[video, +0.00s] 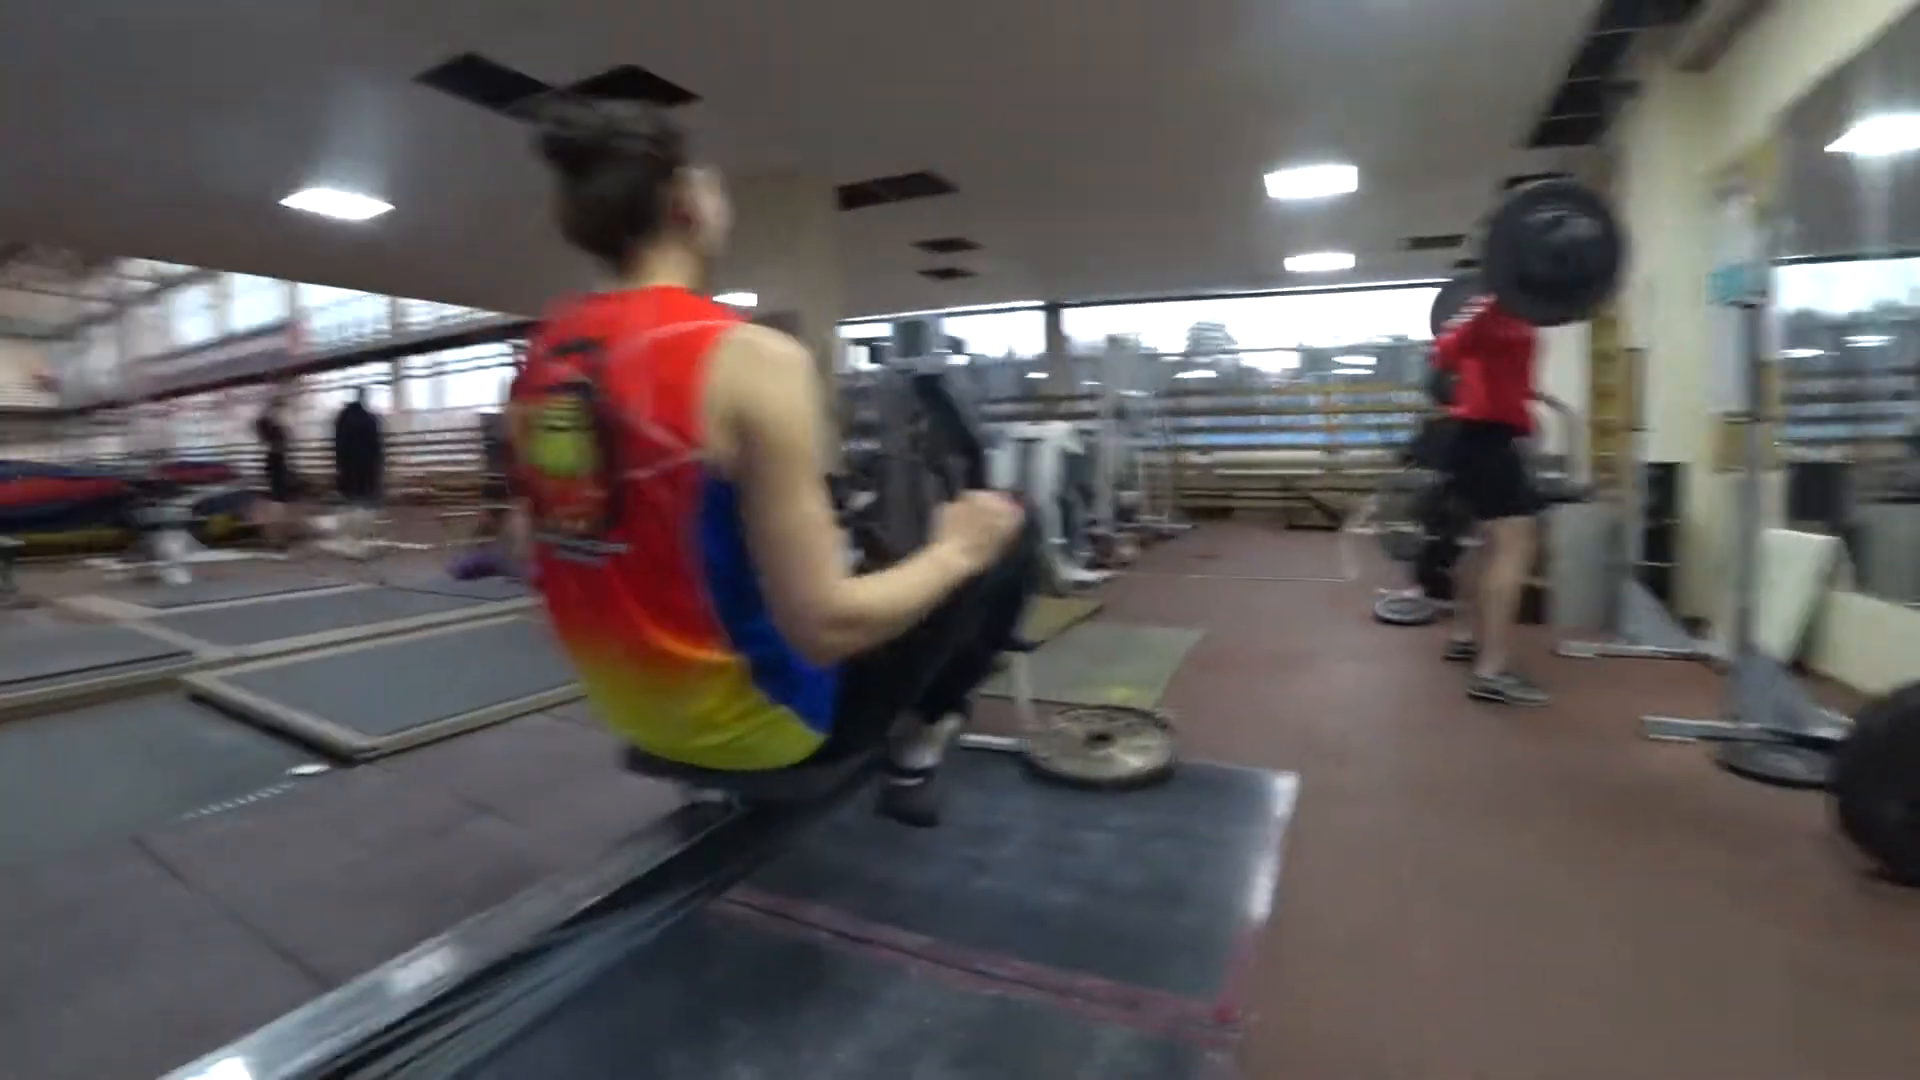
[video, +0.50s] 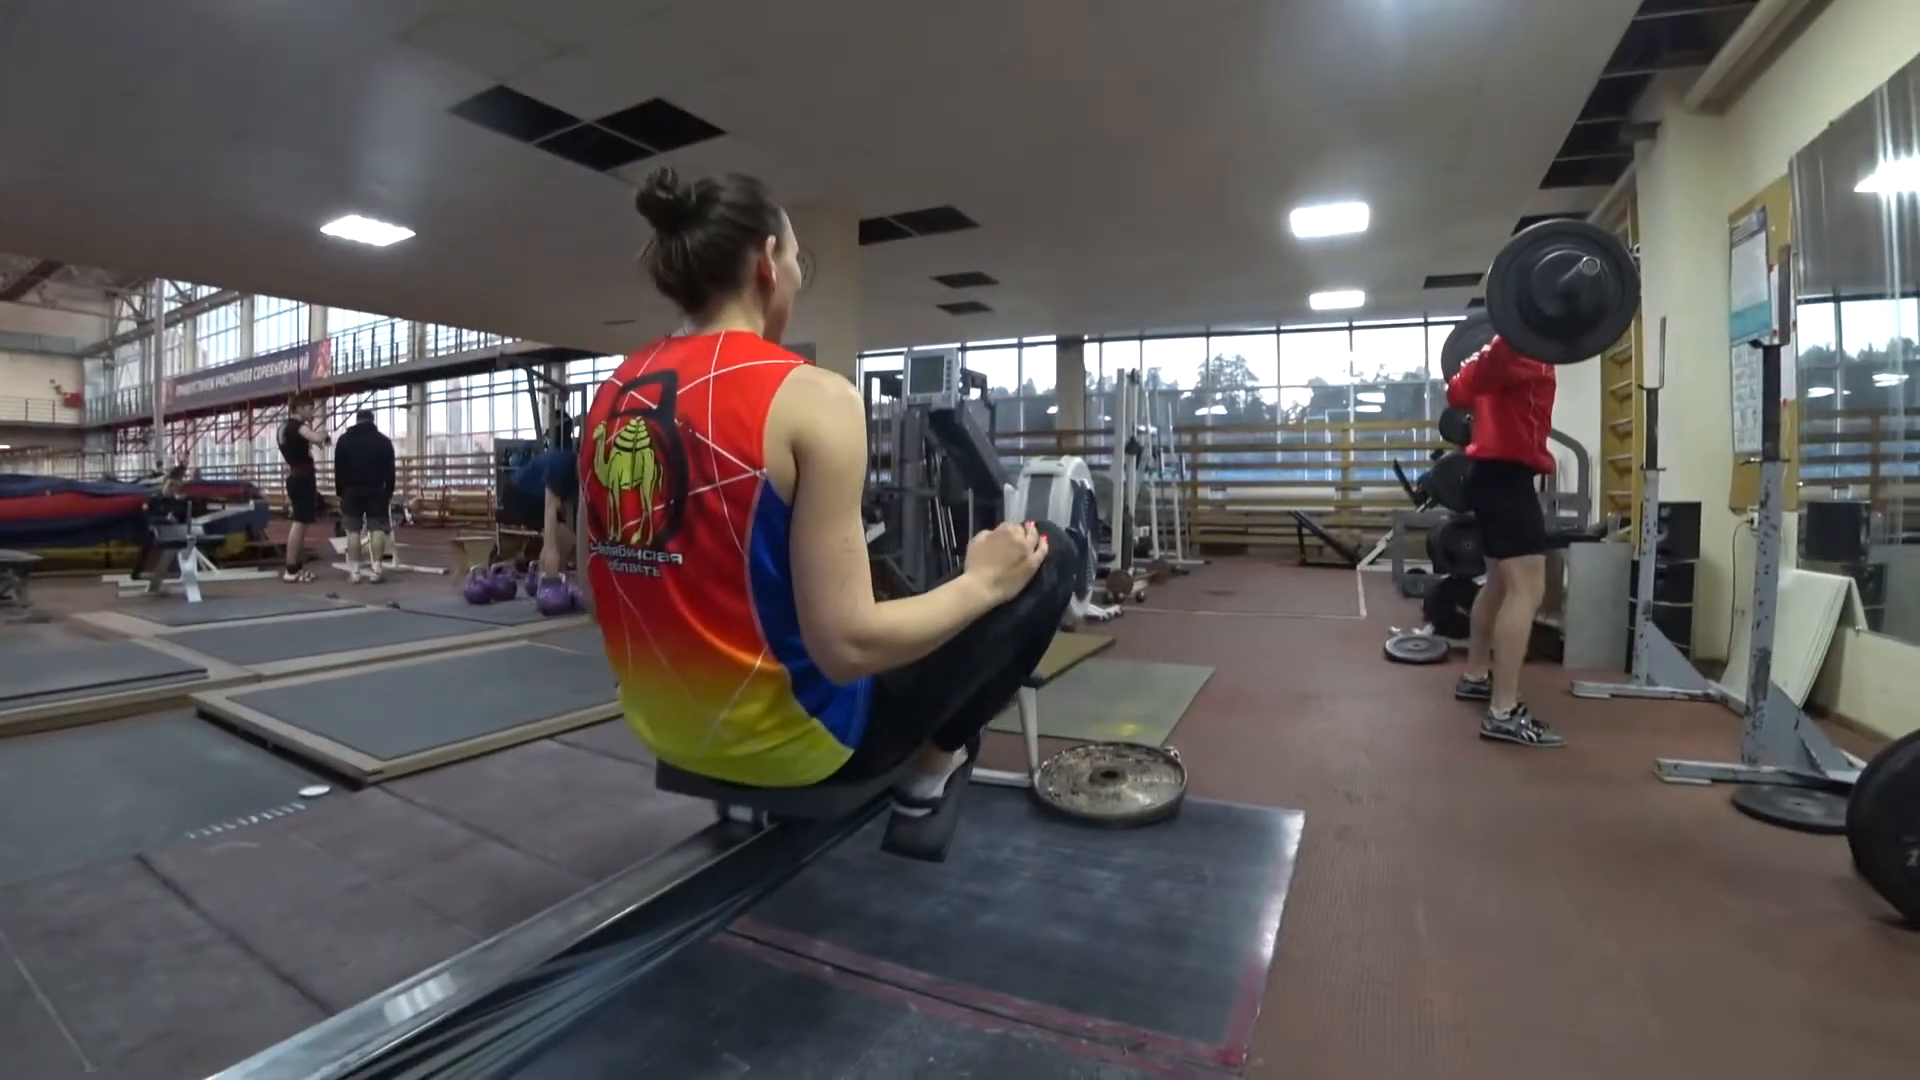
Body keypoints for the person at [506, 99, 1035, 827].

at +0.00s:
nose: (721, 201)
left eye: (714, 182)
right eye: (714, 183)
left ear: (587, 223)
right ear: (687, 203)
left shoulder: (549, 354)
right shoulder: (755, 363)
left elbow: (536, 548)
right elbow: (821, 625)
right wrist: (953, 553)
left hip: (643, 725)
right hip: (770, 738)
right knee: (1003, 535)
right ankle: (914, 754)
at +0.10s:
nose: (767, 224)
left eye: (764, 202)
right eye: (763, 201)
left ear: (635, 227)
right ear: (739, 207)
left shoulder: (589, 362)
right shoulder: (794, 367)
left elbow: (577, 527)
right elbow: (850, 627)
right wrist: (983, 559)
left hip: (672, 715)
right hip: (797, 732)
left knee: (872, 530)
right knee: (1050, 534)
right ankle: (936, 747)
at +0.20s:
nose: (781, 238)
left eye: (778, 219)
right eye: (778, 218)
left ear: (652, 238)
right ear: (754, 222)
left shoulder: (609, 363)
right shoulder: (804, 377)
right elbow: (853, 630)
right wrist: (986, 567)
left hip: (680, 715)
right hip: (803, 732)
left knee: (875, 538)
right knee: (1058, 536)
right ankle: (935, 750)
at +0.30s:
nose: (790, 257)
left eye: (788, 237)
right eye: (787, 236)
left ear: (670, 251)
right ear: (761, 238)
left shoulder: (614, 375)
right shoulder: (808, 387)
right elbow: (851, 637)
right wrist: (987, 571)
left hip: (682, 722)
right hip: (804, 737)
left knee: (869, 547)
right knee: (1058, 544)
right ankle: (928, 761)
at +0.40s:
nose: (796, 268)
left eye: (794, 250)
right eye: (793, 248)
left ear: (677, 261)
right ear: (767, 249)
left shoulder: (619, 381)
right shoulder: (812, 393)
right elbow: (850, 641)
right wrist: (985, 577)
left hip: (680, 729)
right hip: (802, 745)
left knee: (870, 557)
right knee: (1056, 549)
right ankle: (927, 767)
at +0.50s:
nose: (797, 281)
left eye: (797, 263)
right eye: (795, 263)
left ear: (680, 273)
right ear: (768, 264)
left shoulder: (617, 388)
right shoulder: (812, 397)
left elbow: (599, 588)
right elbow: (846, 647)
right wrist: (979, 584)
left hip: (671, 738)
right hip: (798, 754)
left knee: (864, 565)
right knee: (1048, 558)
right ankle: (927, 777)